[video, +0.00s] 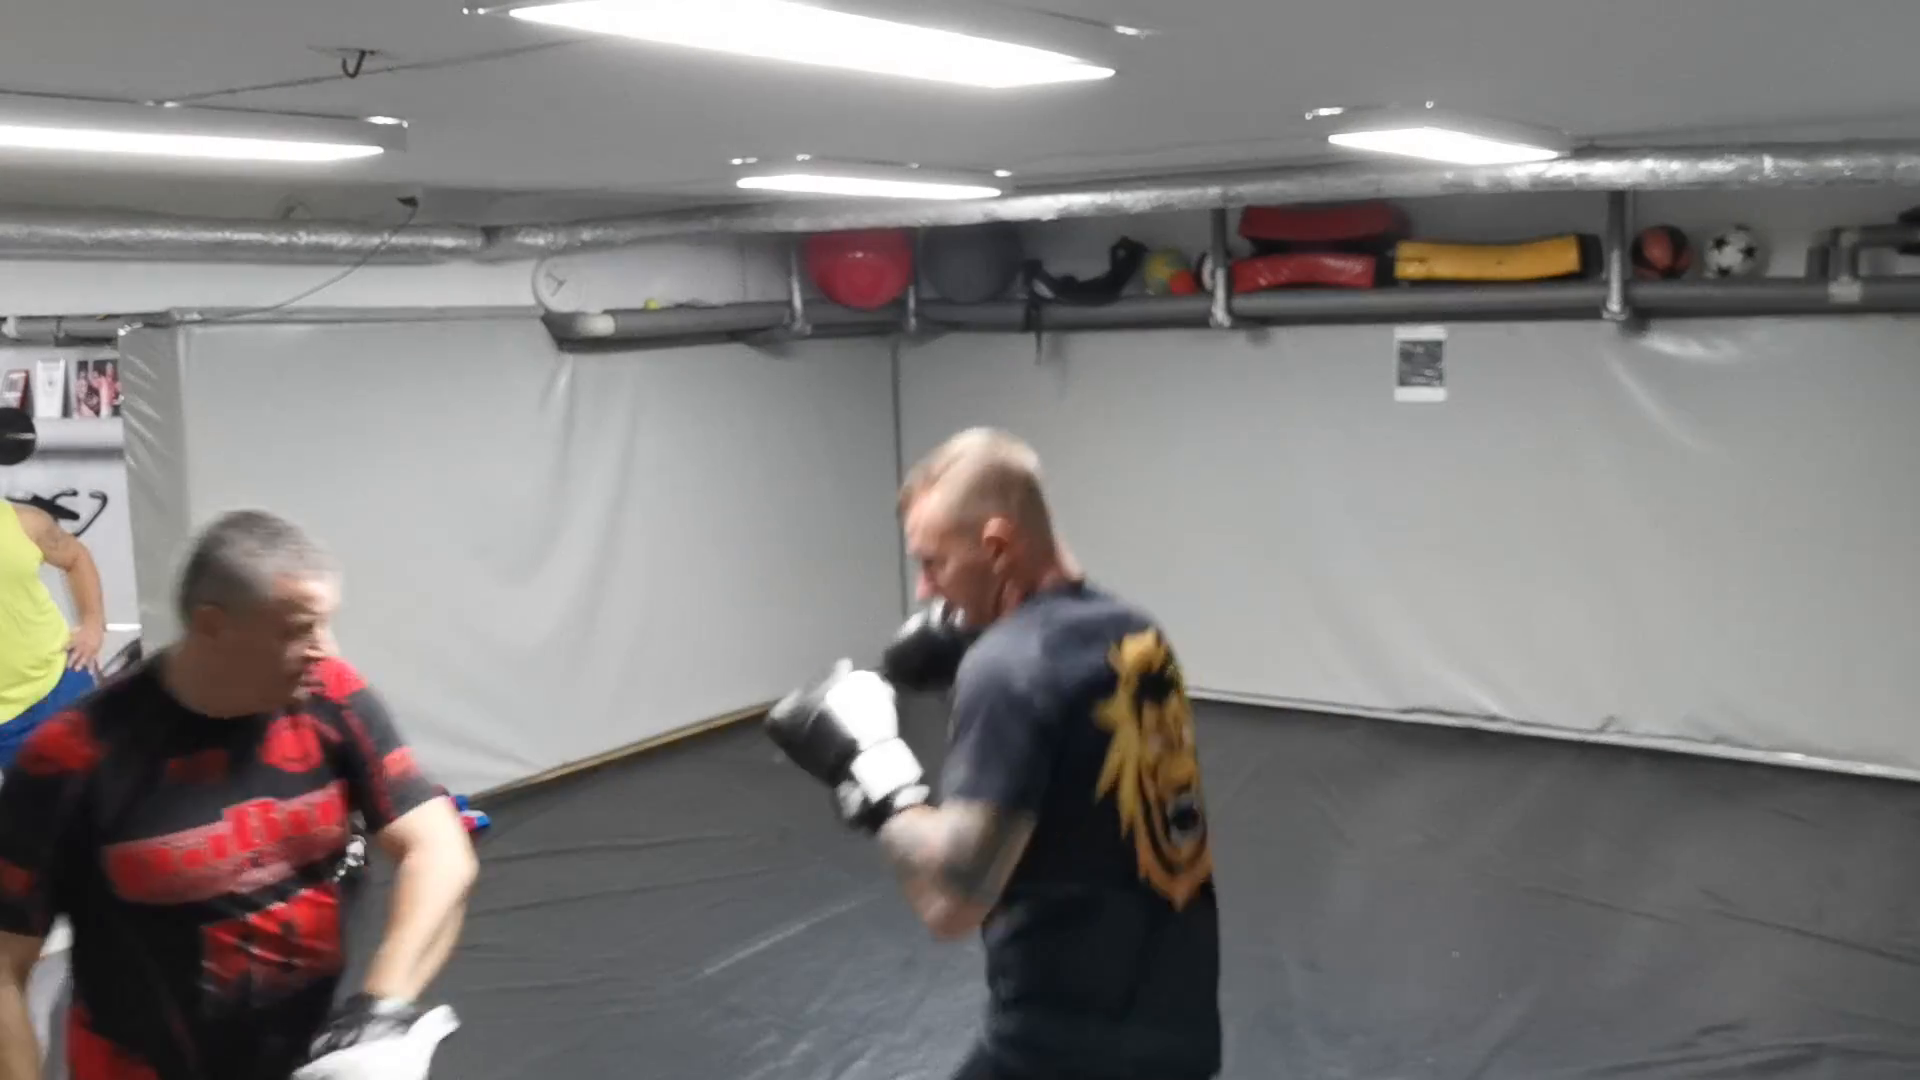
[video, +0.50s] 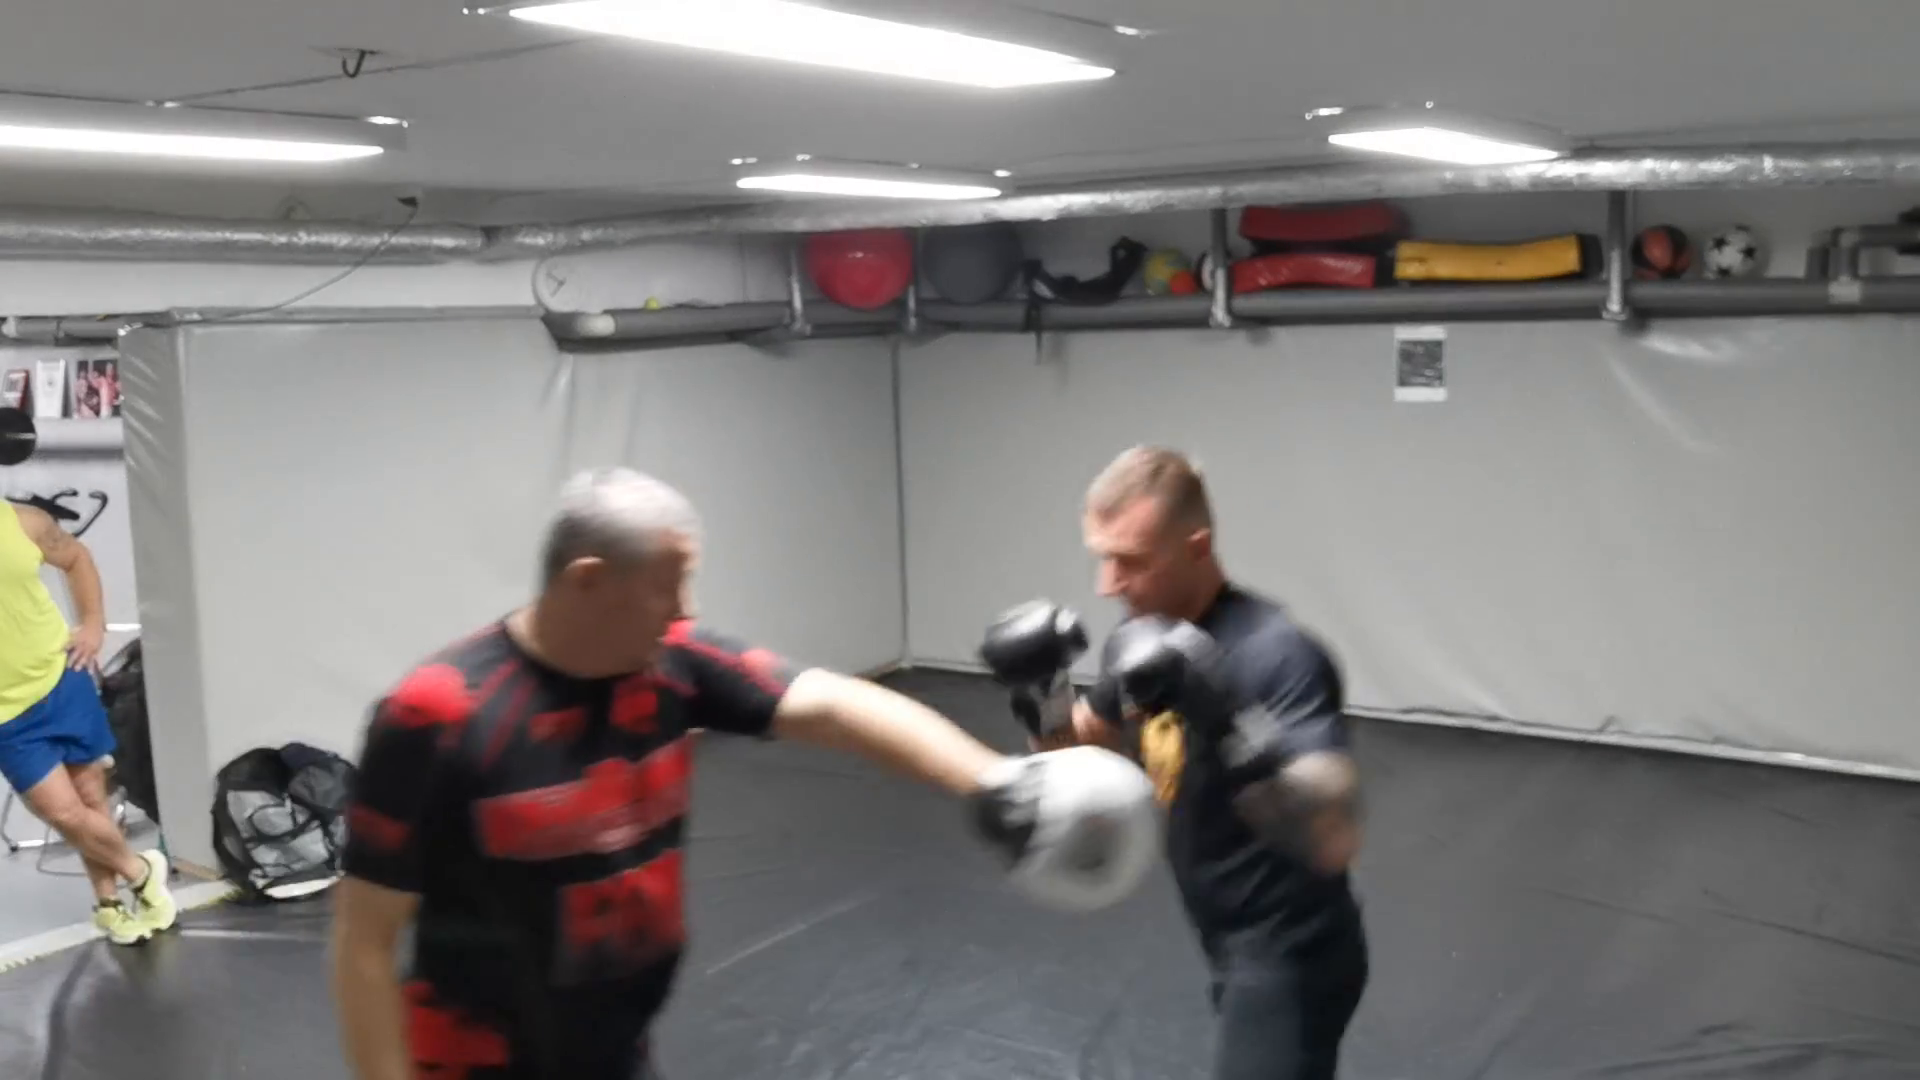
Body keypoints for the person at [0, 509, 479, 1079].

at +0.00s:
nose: (321, 650)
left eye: (323, 626)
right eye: (296, 631)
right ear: (211, 626)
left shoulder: (330, 699)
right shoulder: (70, 759)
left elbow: (442, 853)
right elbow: (8, 965)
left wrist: (378, 1012)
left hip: (304, 1054)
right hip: (140, 1063)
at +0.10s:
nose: (386, 664)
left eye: (389, 640)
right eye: (366, 642)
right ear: (280, 634)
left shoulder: (386, 706)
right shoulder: (131, 765)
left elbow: (504, 832)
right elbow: (45, 979)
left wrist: (463, 975)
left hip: (350, 1058)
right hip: (189, 1066)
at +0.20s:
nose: (468, 668)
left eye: (471, 642)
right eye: (449, 643)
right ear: (361, 634)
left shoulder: (466, 715)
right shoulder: (216, 765)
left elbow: (588, 808)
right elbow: (131, 978)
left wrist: (585, 931)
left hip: (413, 1059)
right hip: (255, 1062)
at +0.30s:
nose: (549, 651)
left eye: (553, 627)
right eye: (533, 629)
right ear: (448, 622)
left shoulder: (545, 701)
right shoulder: (297, 753)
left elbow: (691, 772)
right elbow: (224, 966)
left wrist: (725, 886)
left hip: (499, 1058)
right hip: (345, 1066)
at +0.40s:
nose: (620, 628)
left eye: (624, 603)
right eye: (604, 605)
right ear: (521, 598)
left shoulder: (612, 678)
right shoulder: (372, 726)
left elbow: (764, 727)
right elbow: (297, 948)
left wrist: (879, 825)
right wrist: (310, 1074)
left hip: (561, 1049)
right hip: (409, 1057)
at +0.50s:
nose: (685, 611)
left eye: (687, 589)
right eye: (670, 588)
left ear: (612, 584)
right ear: (587, 582)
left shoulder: (670, 665)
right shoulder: (432, 717)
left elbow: (832, 705)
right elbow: (363, 942)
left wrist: (997, 781)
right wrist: (389, 1079)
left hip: (616, 1050)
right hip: (478, 1060)